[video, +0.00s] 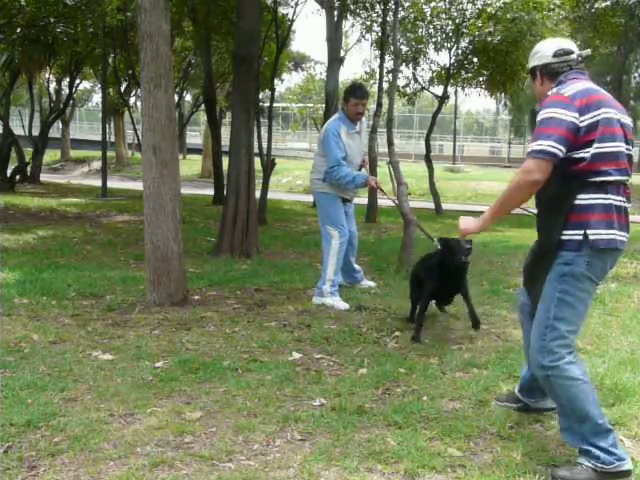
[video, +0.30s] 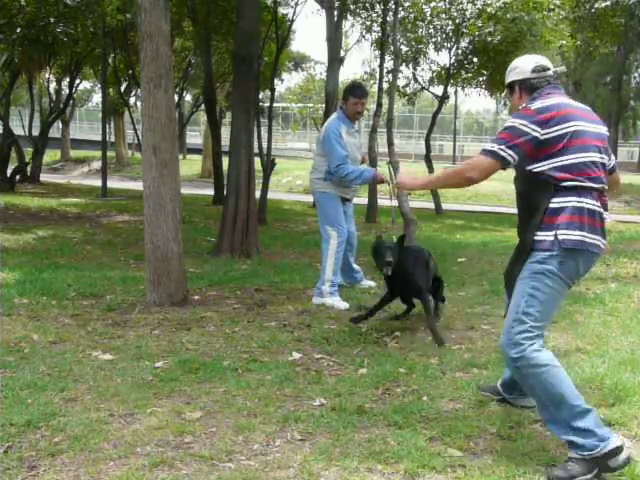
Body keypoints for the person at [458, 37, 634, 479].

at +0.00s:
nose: (533, 90)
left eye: (532, 81)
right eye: (533, 82)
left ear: (544, 76)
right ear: (574, 70)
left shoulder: (565, 97)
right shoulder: (608, 101)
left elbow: (534, 174)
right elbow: (625, 171)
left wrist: (484, 221)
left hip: (585, 236)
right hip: (598, 231)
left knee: (551, 348)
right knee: (531, 301)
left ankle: (605, 456)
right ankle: (535, 391)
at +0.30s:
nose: (511, 104)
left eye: (511, 96)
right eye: (510, 97)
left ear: (522, 89)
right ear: (551, 84)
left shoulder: (535, 112)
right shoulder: (591, 116)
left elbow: (473, 172)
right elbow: (613, 185)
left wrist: (419, 182)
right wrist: (569, 200)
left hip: (560, 235)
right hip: (588, 235)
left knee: (520, 343)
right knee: (524, 300)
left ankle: (597, 444)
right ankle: (516, 388)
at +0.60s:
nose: (499, 112)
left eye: (499, 106)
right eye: (497, 106)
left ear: (509, 99)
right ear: (540, 94)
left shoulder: (518, 124)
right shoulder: (582, 124)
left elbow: (457, 174)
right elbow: (601, 188)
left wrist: (407, 170)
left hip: (553, 245)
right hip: (583, 244)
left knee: (513, 349)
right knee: (516, 301)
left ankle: (568, 456)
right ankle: (514, 386)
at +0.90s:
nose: (498, 108)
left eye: (498, 101)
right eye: (497, 102)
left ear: (508, 95)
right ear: (541, 90)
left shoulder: (515, 122)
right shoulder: (582, 122)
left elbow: (455, 172)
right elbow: (605, 191)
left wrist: (406, 170)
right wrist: (561, 204)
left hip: (549, 245)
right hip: (581, 244)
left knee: (513, 350)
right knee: (514, 297)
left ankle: (569, 457)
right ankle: (513, 385)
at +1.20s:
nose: (478, 139)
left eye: (478, 131)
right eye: (478, 132)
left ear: (487, 127)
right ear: (510, 121)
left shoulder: (510, 139)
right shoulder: (525, 138)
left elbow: (507, 197)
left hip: (569, 246)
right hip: (554, 245)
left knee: (517, 339)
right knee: (498, 303)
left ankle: (564, 449)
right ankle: (503, 383)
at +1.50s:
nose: (475, 144)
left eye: (475, 136)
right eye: (474, 137)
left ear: (485, 132)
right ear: (496, 131)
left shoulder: (523, 140)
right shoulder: (511, 170)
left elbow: (568, 175)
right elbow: (533, 238)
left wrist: (551, 245)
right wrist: (503, 283)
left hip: (590, 255)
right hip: (562, 257)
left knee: (555, 362)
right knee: (518, 307)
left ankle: (621, 461)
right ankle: (507, 385)